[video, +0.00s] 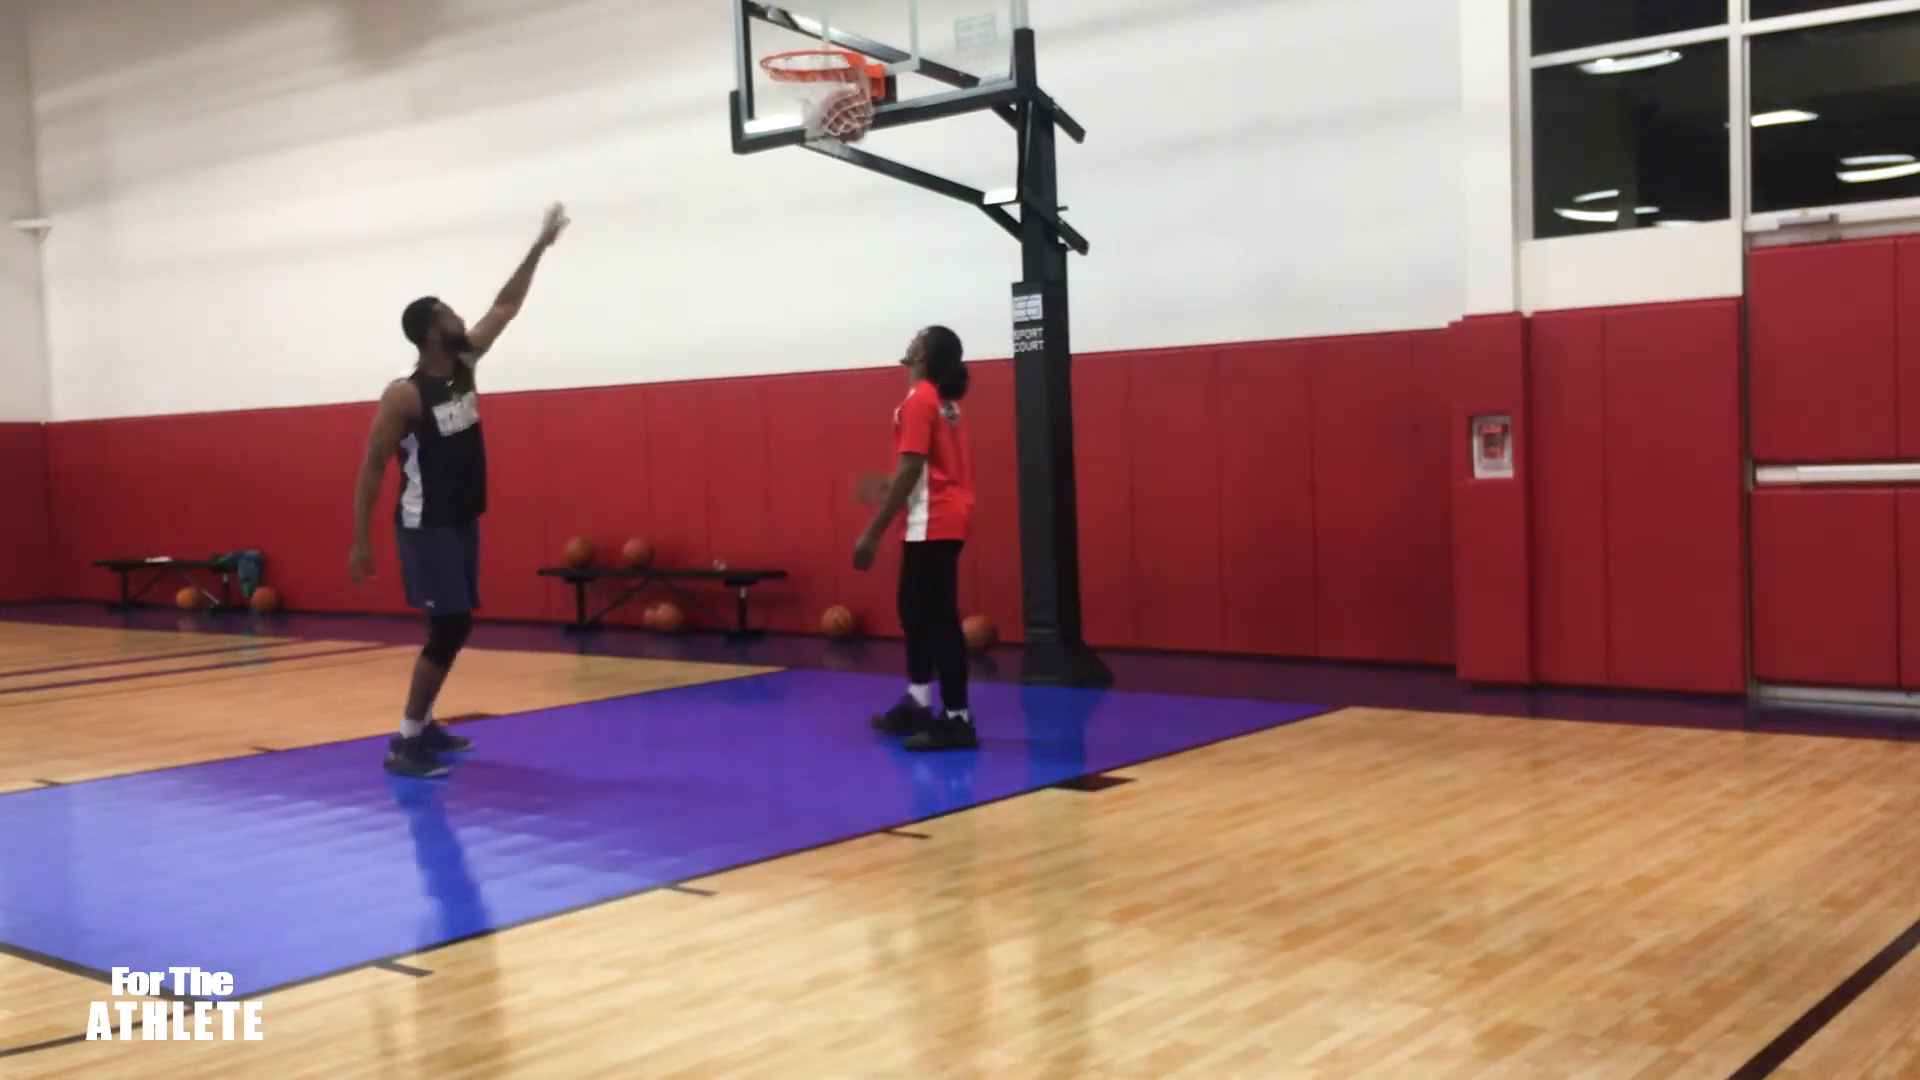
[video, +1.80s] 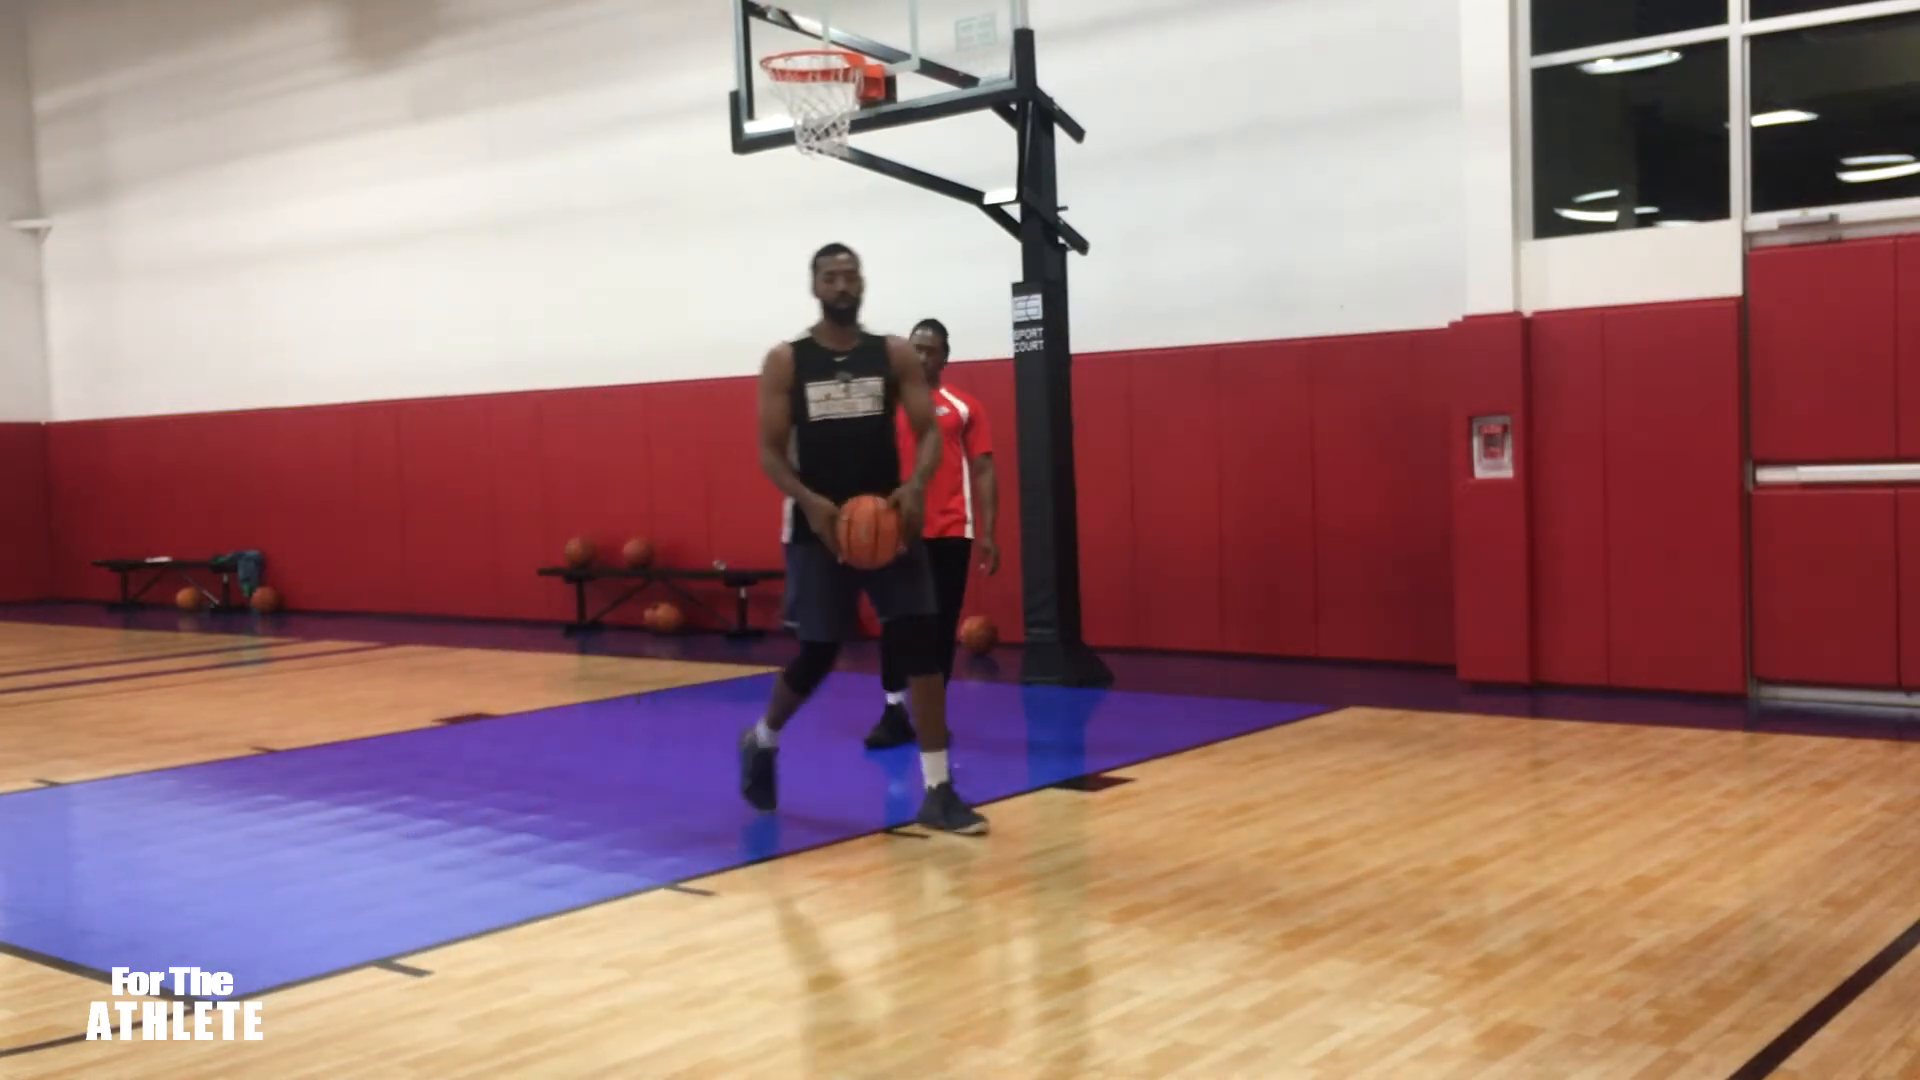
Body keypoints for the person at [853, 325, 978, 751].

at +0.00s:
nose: (908, 347)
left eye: (915, 342)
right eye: (912, 340)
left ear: (925, 354)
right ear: (935, 359)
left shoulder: (920, 397)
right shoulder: (936, 398)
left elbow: (911, 467)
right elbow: (931, 469)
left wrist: (872, 534)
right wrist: (888, 485)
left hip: (935, 520)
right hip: (933, 518)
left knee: (936, 614)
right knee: (913, 608)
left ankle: (956, 717)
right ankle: (919, 701)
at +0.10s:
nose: (898, 350)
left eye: (904, 345)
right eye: (903, 344)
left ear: (913, 357)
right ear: (928, 361)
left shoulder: (909, 400)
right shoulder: (923, 400)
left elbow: (900, 468)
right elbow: (916, 454)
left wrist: (864, 536)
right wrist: (874, 436)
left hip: (925, 525)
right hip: (922, 523)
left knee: (932, 618)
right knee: (908, 613)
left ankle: (955, 717)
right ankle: (898, 700)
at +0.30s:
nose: (881, 346)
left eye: (887, 342)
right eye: (886, 341)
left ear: (896, 356)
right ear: (906, 360)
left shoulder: (894, 401)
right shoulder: (896, 399)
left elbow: (888, 469)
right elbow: (868, 419)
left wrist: (860, 535)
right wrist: (845, 379)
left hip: (904, 525)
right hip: (894, 523)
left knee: (904, 614)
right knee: (882, 610)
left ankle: (946, 709)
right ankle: (890, 702)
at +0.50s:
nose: (860, 349)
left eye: (868, 344)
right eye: (864, 342)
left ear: (887, 357)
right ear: (884, 358)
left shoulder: (894, 399)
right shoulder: (877, 399)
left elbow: (893, 470)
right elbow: (858, 451)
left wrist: (862, 531)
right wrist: (819, 420)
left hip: (897, 522)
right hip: (882, 521)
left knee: (886, 609)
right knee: (878, 609)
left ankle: (922, 703)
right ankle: (890, 700)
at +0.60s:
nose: (853, 351)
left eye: (861, 346)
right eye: (856, 344)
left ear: (883, 357)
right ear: (878, 357)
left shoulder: (891, 398)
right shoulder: (874, 399)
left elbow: (893, 469)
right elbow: (865, 468)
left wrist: (868, 531)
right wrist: (812, 458)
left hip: (896, 525)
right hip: (880, 524)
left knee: (885, 610)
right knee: (875, 611)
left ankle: (913, 705)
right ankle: (888, 698)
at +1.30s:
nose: (872, 354)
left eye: (882, 348)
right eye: (873, 347)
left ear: (907, 355)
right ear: (882, 354)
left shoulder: (925, 400)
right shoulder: (874, 407)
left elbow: (939, 468)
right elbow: (872, 468)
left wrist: (928, 533)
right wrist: (826, 488)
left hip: (915, 533)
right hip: (879, 534)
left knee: (920, 621)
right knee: (884, 619)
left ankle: (927, 708)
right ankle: (889, 703)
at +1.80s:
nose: (924, 356)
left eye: (932, 350)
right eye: (918, 348)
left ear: (946, 355)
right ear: (906, 352)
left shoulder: (963, 407)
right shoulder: (889, 403)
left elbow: (982, 470)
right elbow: (872, 462)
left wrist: (985, 535)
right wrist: (869, 523)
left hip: (949, 533)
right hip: (898, 532)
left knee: (941, 628)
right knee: (896, 623)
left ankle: (933, 716)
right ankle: (894, 711)